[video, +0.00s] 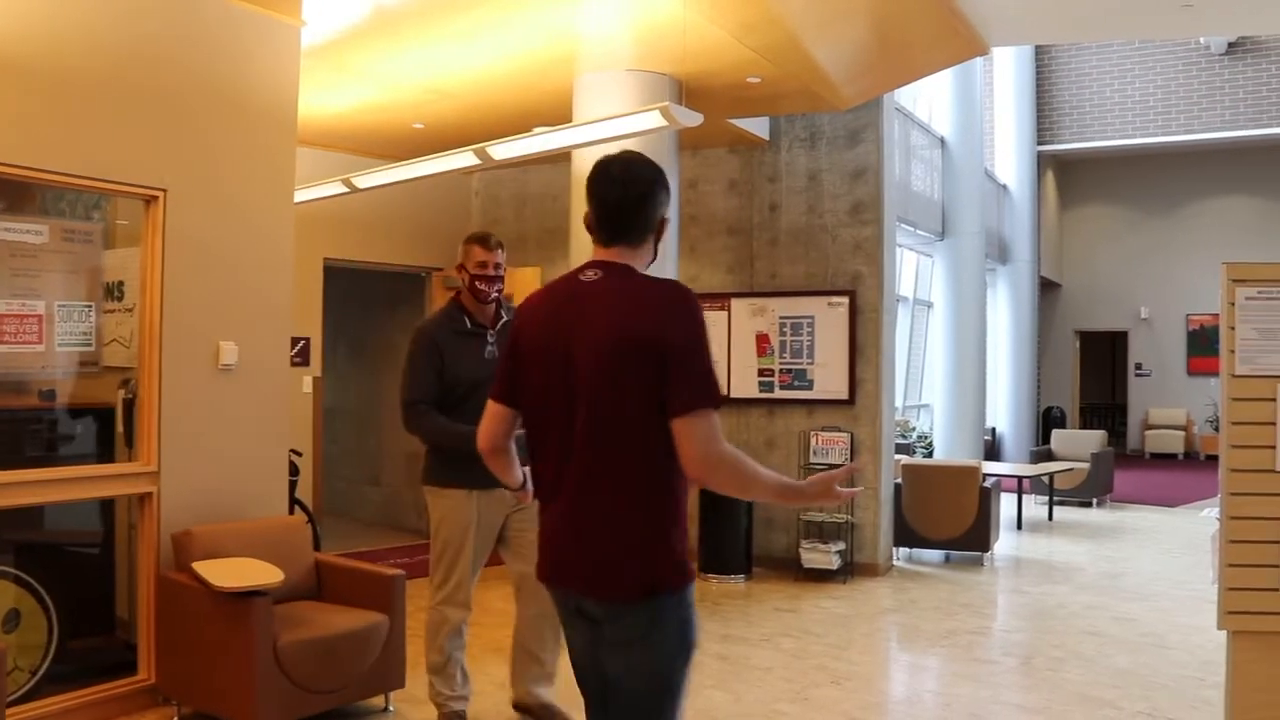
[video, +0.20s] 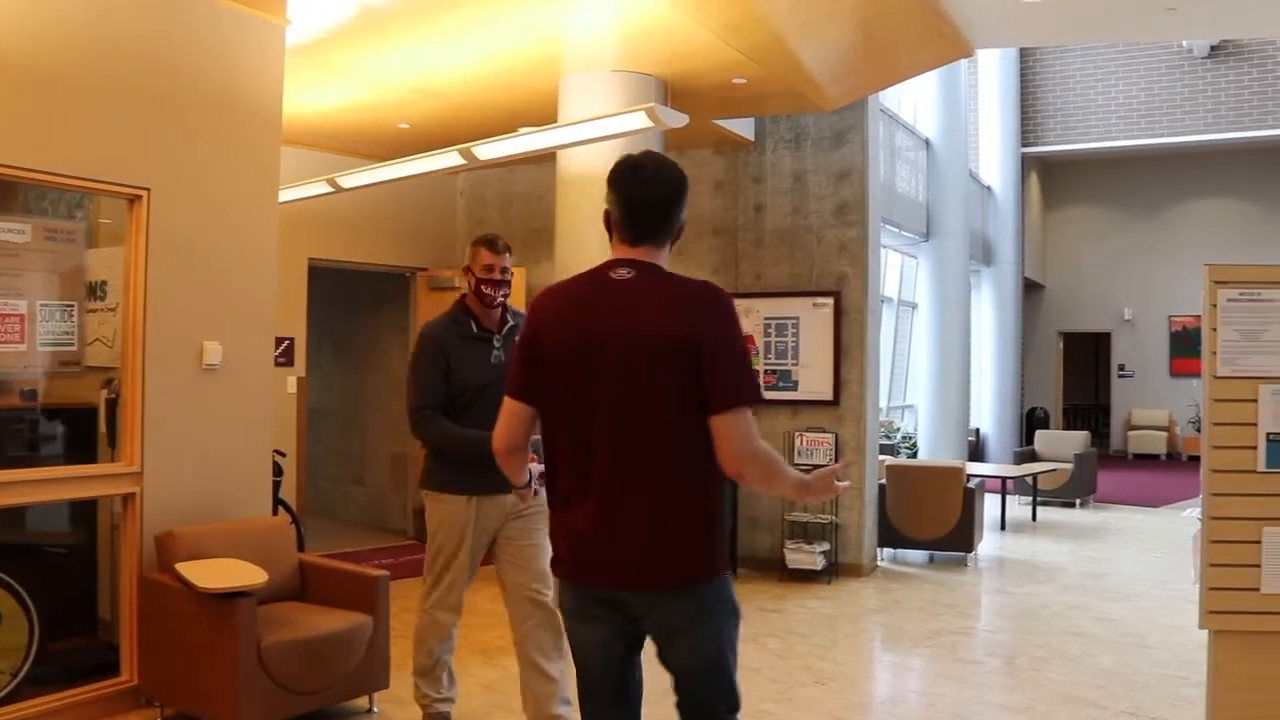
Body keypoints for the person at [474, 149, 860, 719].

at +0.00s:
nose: (666, 227)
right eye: (667, 216)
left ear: (589, 221)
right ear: (662, 225)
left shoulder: (538, 308)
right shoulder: (668, 304)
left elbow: (492, 440)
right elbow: (705, 459)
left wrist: (519, 482)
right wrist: (799, 491)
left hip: (565, 562)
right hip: (645, 568)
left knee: (604, 711)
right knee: (646, 710)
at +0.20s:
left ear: (607, 219)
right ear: (680, 227)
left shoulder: (552, 307)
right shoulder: (704, 304)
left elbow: (508, 441)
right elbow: (738, 454)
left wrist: (523, 481)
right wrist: (799, 486)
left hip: (586, 563)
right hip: (683, 565)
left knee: (605, 712)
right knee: (711, 709)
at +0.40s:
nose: (631, 215)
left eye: (632, 207)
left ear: (634, 215)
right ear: (703, 223)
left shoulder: (579, 305)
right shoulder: (738, 311)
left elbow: (524, 441)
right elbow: (774, 466)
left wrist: (513, 482)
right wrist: (807, 480)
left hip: (603, 559)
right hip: (706, 563)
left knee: (604, 711)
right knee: (738, 708)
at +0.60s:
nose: (669, 220)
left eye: (672, 212)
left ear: (676, 220)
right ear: (741, 228)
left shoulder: (625, 306)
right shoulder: (779, 318)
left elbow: (576, 441)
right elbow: (812, 471)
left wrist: (530, 490)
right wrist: (778, 475)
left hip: (643, 560)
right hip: (746, 564)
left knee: (615, 713)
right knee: (761, 714)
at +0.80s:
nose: (702, 229)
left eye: (705, 219)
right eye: (705, 219)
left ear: (711, 227)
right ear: (776, 234)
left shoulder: (675, 308)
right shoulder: (818, 322)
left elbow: (643, 445)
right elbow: (842, 467)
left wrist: (569, 498)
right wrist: (782, 487)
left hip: (690, 568)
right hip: (788, 571)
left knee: (632, 712)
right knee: (769, 713)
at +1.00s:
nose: (724, 228)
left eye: (728, 216)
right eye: (728, 216)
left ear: (736, 224)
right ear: (797, 233)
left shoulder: (712, 300)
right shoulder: (837, 321)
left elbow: (692, 439)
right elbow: (858, 466)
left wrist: (605, 502)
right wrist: (795, 494)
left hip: (716, 567)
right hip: (806, 571)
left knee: (655, 714)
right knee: (774, 715)